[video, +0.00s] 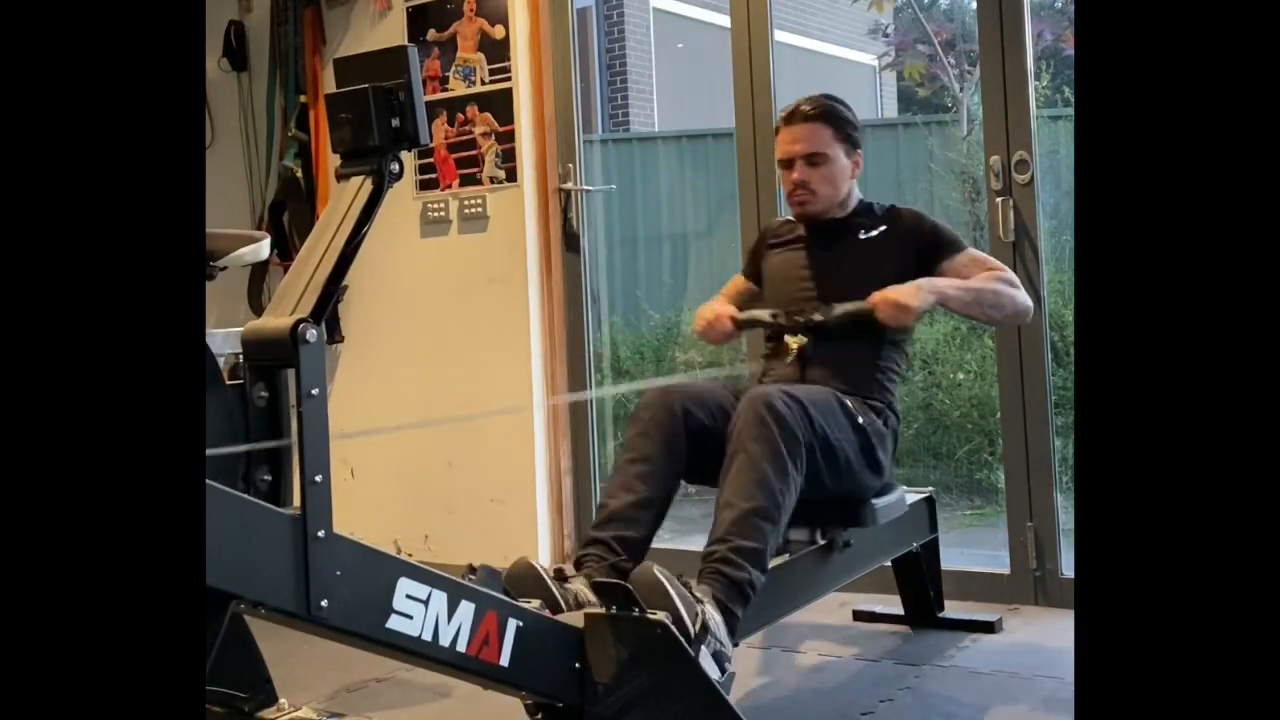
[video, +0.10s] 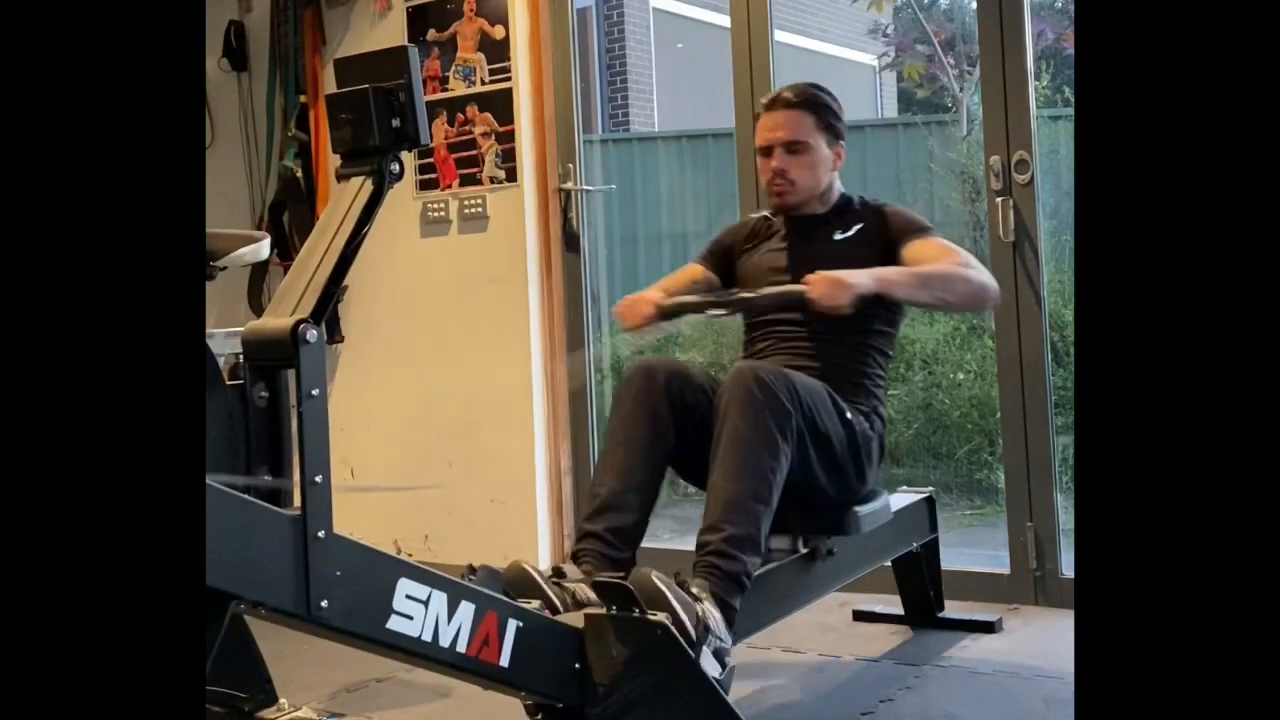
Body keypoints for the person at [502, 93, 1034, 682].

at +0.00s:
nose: (794, 178)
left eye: (812, 162)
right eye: (785, 164)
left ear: (854, 163)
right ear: (779, 169)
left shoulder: (905, 233)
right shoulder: (773, 243)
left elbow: (1016, 301)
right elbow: (730, 304)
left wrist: (931, 290)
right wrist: (716, 315)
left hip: (857, 429)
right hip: (764, 421)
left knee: (769, 404)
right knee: (666, 401)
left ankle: (716, 615)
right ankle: (593, 583)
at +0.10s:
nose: (776, 166)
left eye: (793, 150)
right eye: (765, 153)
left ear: (836, 153)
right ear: (756, 162)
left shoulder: (883, 225)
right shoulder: (748, 238)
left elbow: (980, 287)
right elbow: (677, 288)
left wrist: (871, 281)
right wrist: (646, 303)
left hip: (841, 454)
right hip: (745, 443)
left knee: (755, 379)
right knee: (652, 378)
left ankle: (711, 608)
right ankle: (593, 575)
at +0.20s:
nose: (743, 151)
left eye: (761, 133)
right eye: (733, 137)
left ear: (808, 140)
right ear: (723, 145)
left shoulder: (847, 209)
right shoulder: (717, 227)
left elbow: (901, 262)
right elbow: (635, 277)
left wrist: (795, 270)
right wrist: (574, 300)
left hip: (818, 462)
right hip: (726, 459)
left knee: (737, 355)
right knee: (625, 357)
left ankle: (708, 605)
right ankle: (587, 579)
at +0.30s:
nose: (700, 144)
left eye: (721, 127)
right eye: (690, 129)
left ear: (770, 137)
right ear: (681, 137)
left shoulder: (809, 204)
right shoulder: (674, 224)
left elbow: (822, 253)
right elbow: (583, 277)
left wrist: (734, 278)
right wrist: (502, 317)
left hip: (793, 473)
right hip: (702, 471)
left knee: (723, 332)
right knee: (601, 344)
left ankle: (705, 587)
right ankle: (581, 567)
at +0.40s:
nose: (654, 146)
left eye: (678, 127)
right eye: (646, 129)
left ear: (732, 138)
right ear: (638, 139)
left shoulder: (776, 206)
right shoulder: (633, 228)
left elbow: (755, 263)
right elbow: (541, 289)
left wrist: (667, 310)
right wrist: (444, 349)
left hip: (771, 479)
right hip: (671, 478)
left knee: (707, 328)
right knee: (575, 314)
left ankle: (697, 577)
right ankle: (577, 560)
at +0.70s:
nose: (669, 141)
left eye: (693, 123)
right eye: (661, 126)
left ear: (746, 135)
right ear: (653, 136)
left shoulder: (787, 201)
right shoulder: (646, 221)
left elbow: (767, 269)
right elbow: (557, 282)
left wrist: (688, 319)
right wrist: (464, 340)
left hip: (774, 471)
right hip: (684, 469)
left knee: (719, 334)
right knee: (593, 312)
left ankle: (700, 575)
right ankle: (578, 560)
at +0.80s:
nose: (728, 140)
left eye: (749, 124)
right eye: (719, 127)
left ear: (797, 139)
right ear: (709, 138)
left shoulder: (830, 206)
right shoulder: (698, 219)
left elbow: (811, 270)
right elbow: (618, 275)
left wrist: (744, 313)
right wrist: (532, 324)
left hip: (809, 465)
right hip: (719, 458)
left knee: (751, 344)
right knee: (620, 351)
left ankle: (704, 589)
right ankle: (581, 568)